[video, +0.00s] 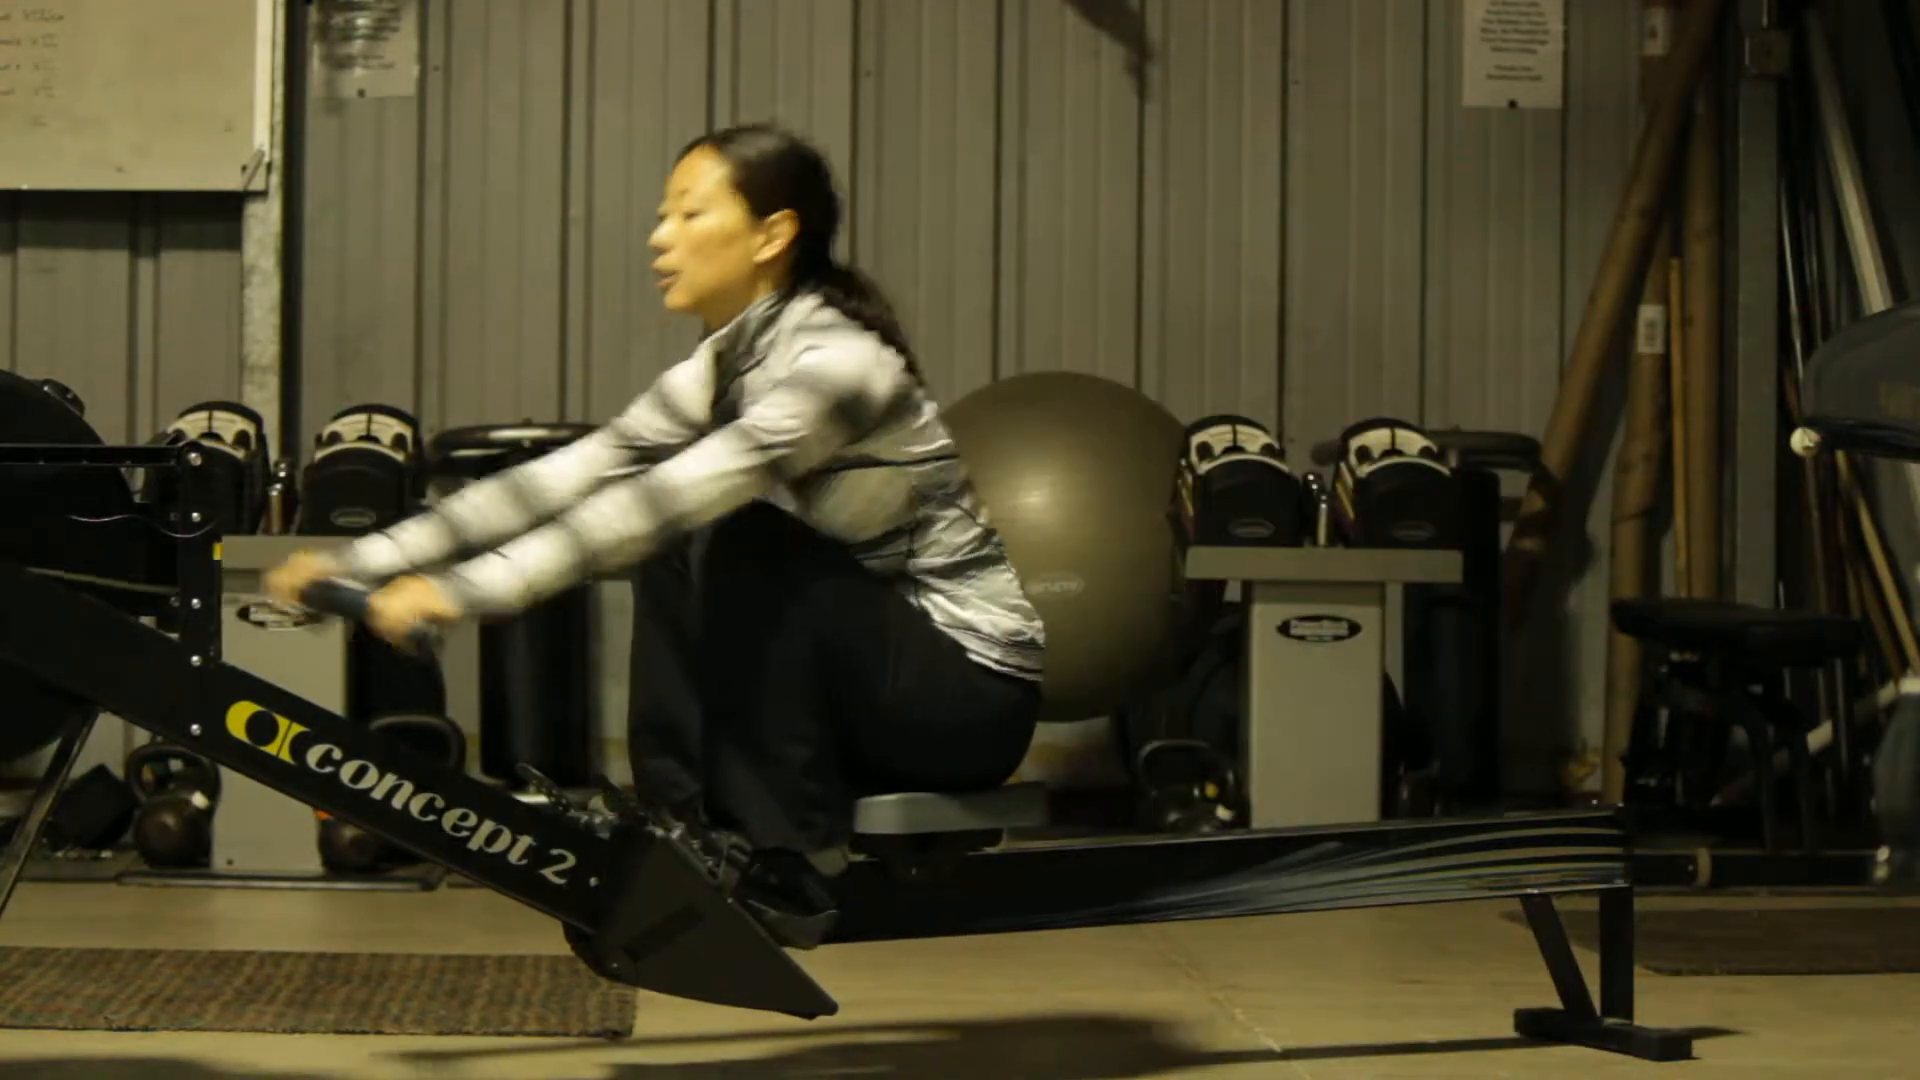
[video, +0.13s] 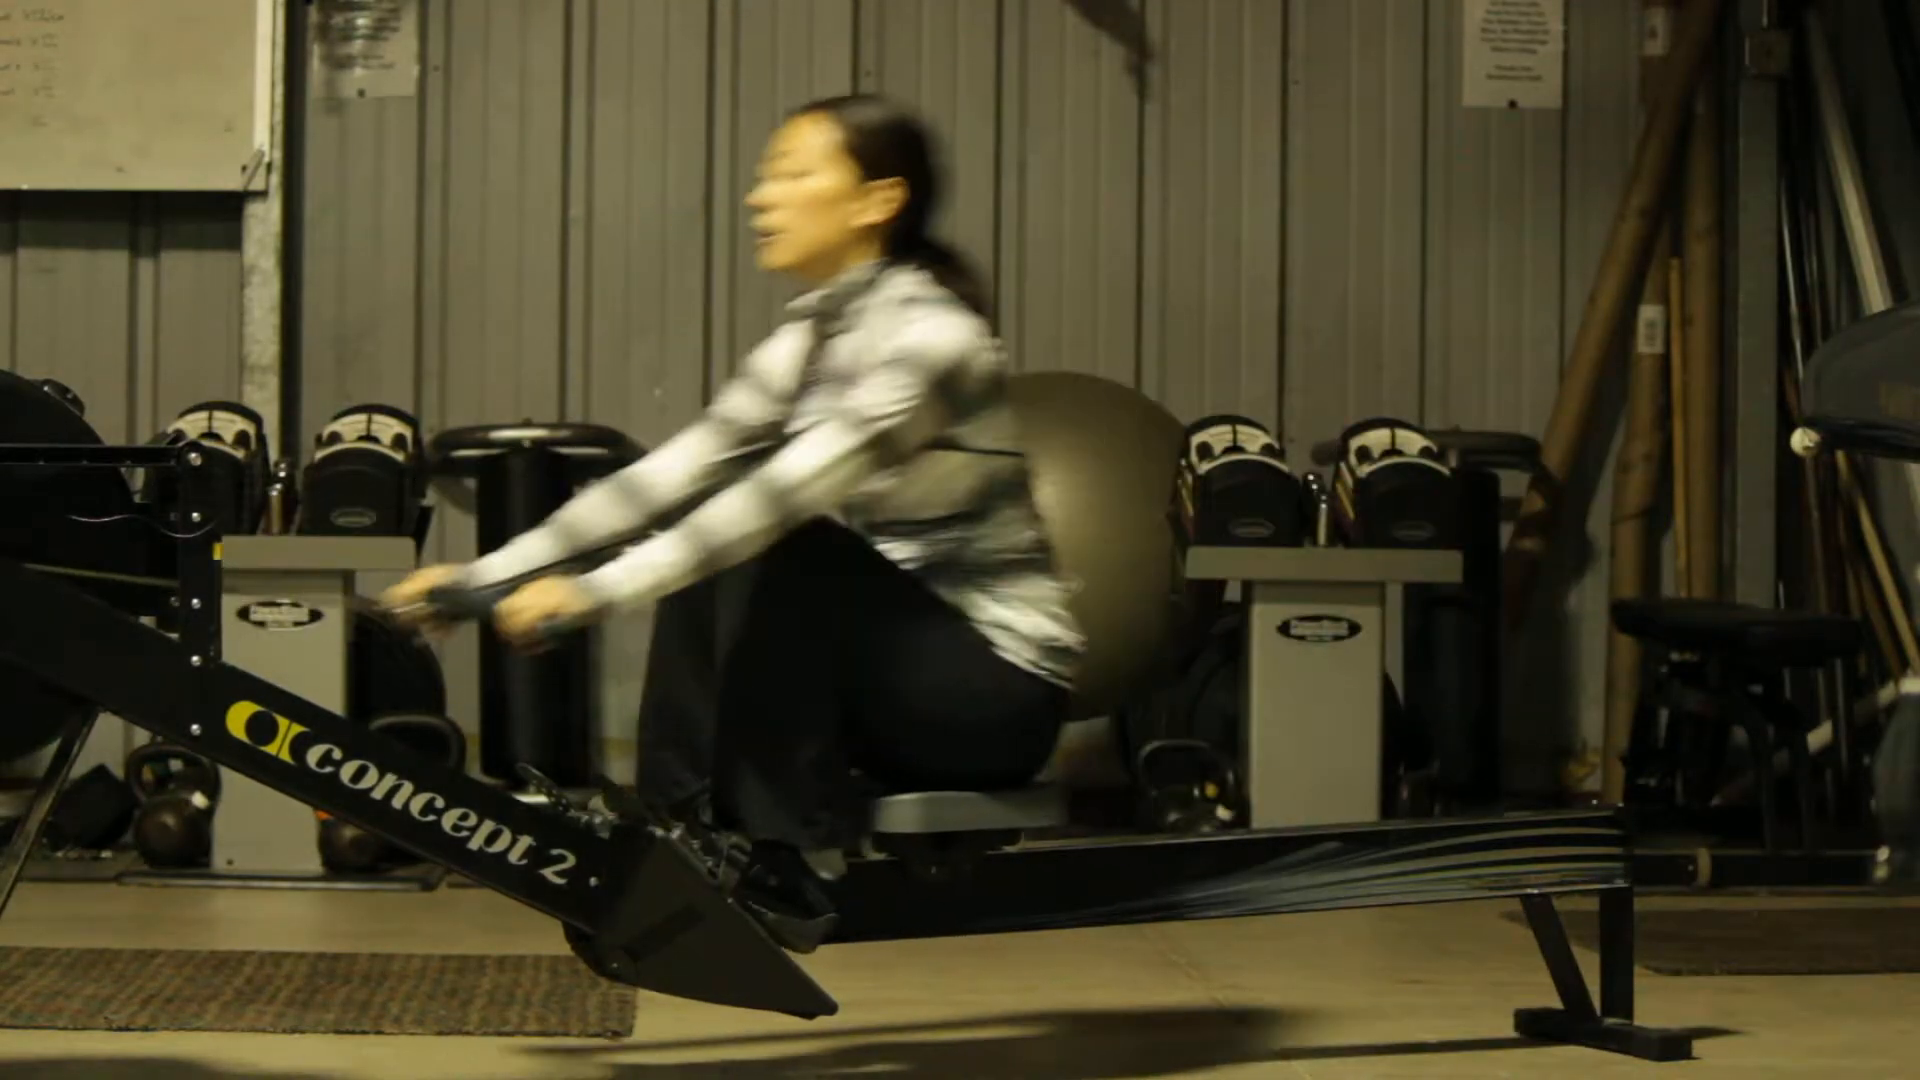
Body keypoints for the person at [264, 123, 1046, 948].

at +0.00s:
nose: (658, 240)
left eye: (688, 213)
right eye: (665, 215)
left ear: (773, 236)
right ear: (748, 242)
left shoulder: (833, 361)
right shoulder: (720, 364)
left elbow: (660, 506)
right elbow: (573, 474)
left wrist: (465, 589)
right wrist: (361, 559)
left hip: (968, 689)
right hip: (875, 676)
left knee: (750, 542)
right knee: (670, 545)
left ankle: (789, 866)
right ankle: (685, 828)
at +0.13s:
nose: (757, 196)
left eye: (789, 172)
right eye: (764, 175)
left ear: (880, 200)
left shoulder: (927, 334)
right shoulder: (811, 332)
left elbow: (779, 498)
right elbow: (675, 471)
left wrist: (595, 590)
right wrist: (484, 575)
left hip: (996, 699)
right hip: (901, 687)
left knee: (798, 548)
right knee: (720, 550)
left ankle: (789, 859)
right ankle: (682, 835)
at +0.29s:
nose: (968, 187)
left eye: (1000, 165)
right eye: (973, 164)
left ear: (1088, 189)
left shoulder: (1116, 321)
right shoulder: (1003, 322)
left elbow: (954, 445)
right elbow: (850, 425)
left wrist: (766, 509)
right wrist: (644, 494)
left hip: (1112, 697)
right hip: (1035, 684)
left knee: (879, 558)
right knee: (806, 550)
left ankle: (781, 856)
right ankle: (692, 826)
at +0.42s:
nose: (1124, 187)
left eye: (1154, 164)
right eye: (1126, 165)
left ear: (1239, 187)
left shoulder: (1250, 322)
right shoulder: (1131, 323)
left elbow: (1081, 411)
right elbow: (970, 395)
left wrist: (894, 459)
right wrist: (763, 448)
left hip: (1195, 696)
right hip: (1117, 684)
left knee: (937, 577)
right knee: (873, 570)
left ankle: (801, 860)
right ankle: (711, 821)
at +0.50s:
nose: (1209, 189)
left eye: (1239, 168)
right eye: (1213, 169)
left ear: (1324, 191)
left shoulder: (1327, 322)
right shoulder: (1217, 319)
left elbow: (1161, 405)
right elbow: (1057, 388)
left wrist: (980, 450)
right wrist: (849, 438)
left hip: (1250, 685)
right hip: (1171, 664)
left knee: (967, 602)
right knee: (904, 596)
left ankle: (815, 868)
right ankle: (734, 830)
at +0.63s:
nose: (1322, 216)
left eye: (1349, 193)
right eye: (1322, 195)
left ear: (1433, 212)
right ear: (1320, 212)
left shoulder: (1437, 337)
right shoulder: (1313, 335)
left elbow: (1306, 428)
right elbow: (1180, 401)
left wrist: (1114, 446)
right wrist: (975, 443)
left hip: (1320, 680)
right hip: (1232, 660)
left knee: (1030, 647)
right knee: (961, 634)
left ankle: (818, 877)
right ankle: (759, 836)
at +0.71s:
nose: (1383, 243)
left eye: (1406, 223)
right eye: (1380, 224)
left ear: (1488, 233)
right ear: (1387, 235)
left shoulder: (1498, 355)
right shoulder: (1367, 357)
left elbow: (1412, 463)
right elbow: (1237, 445)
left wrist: (1208, 462)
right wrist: (1050, 459)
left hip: (1360, 680)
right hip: (1268, 656)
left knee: (1050, 681)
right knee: (987, 671)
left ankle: (812, 886)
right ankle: (749, 846)